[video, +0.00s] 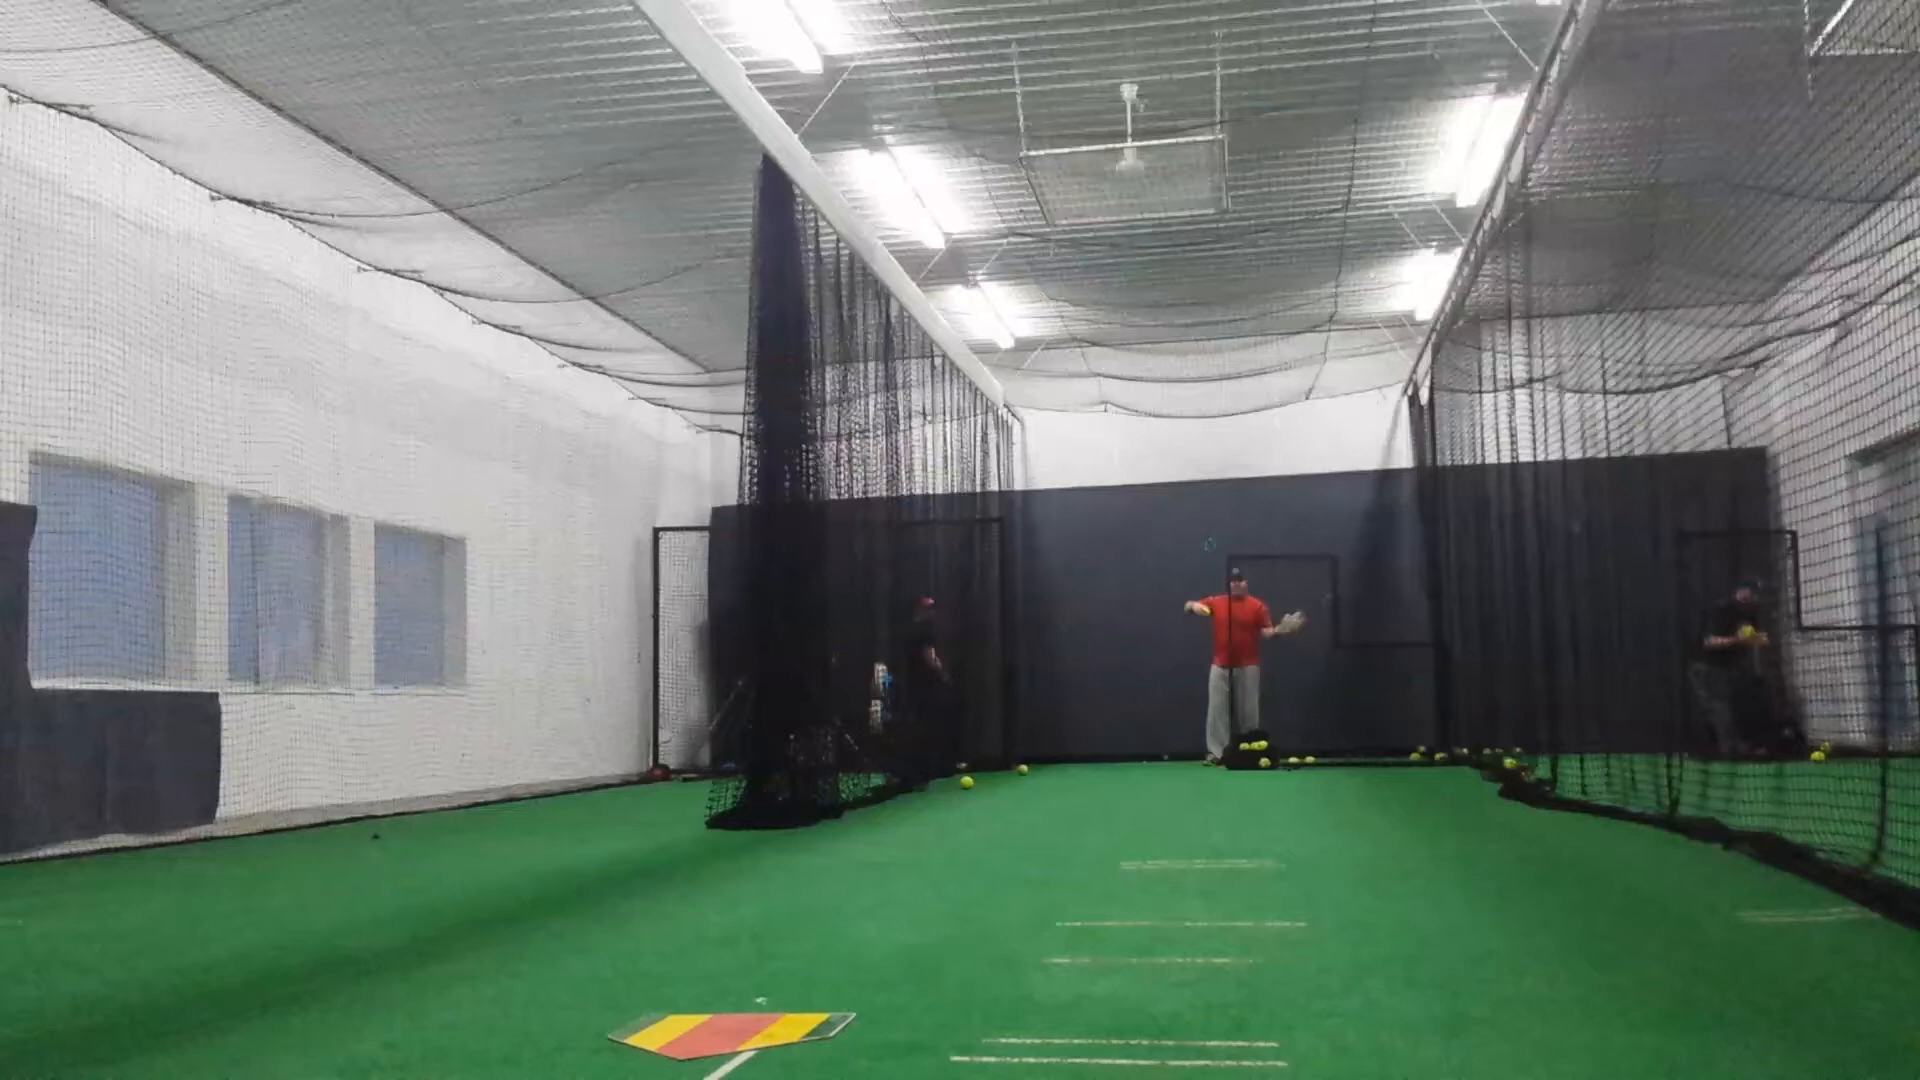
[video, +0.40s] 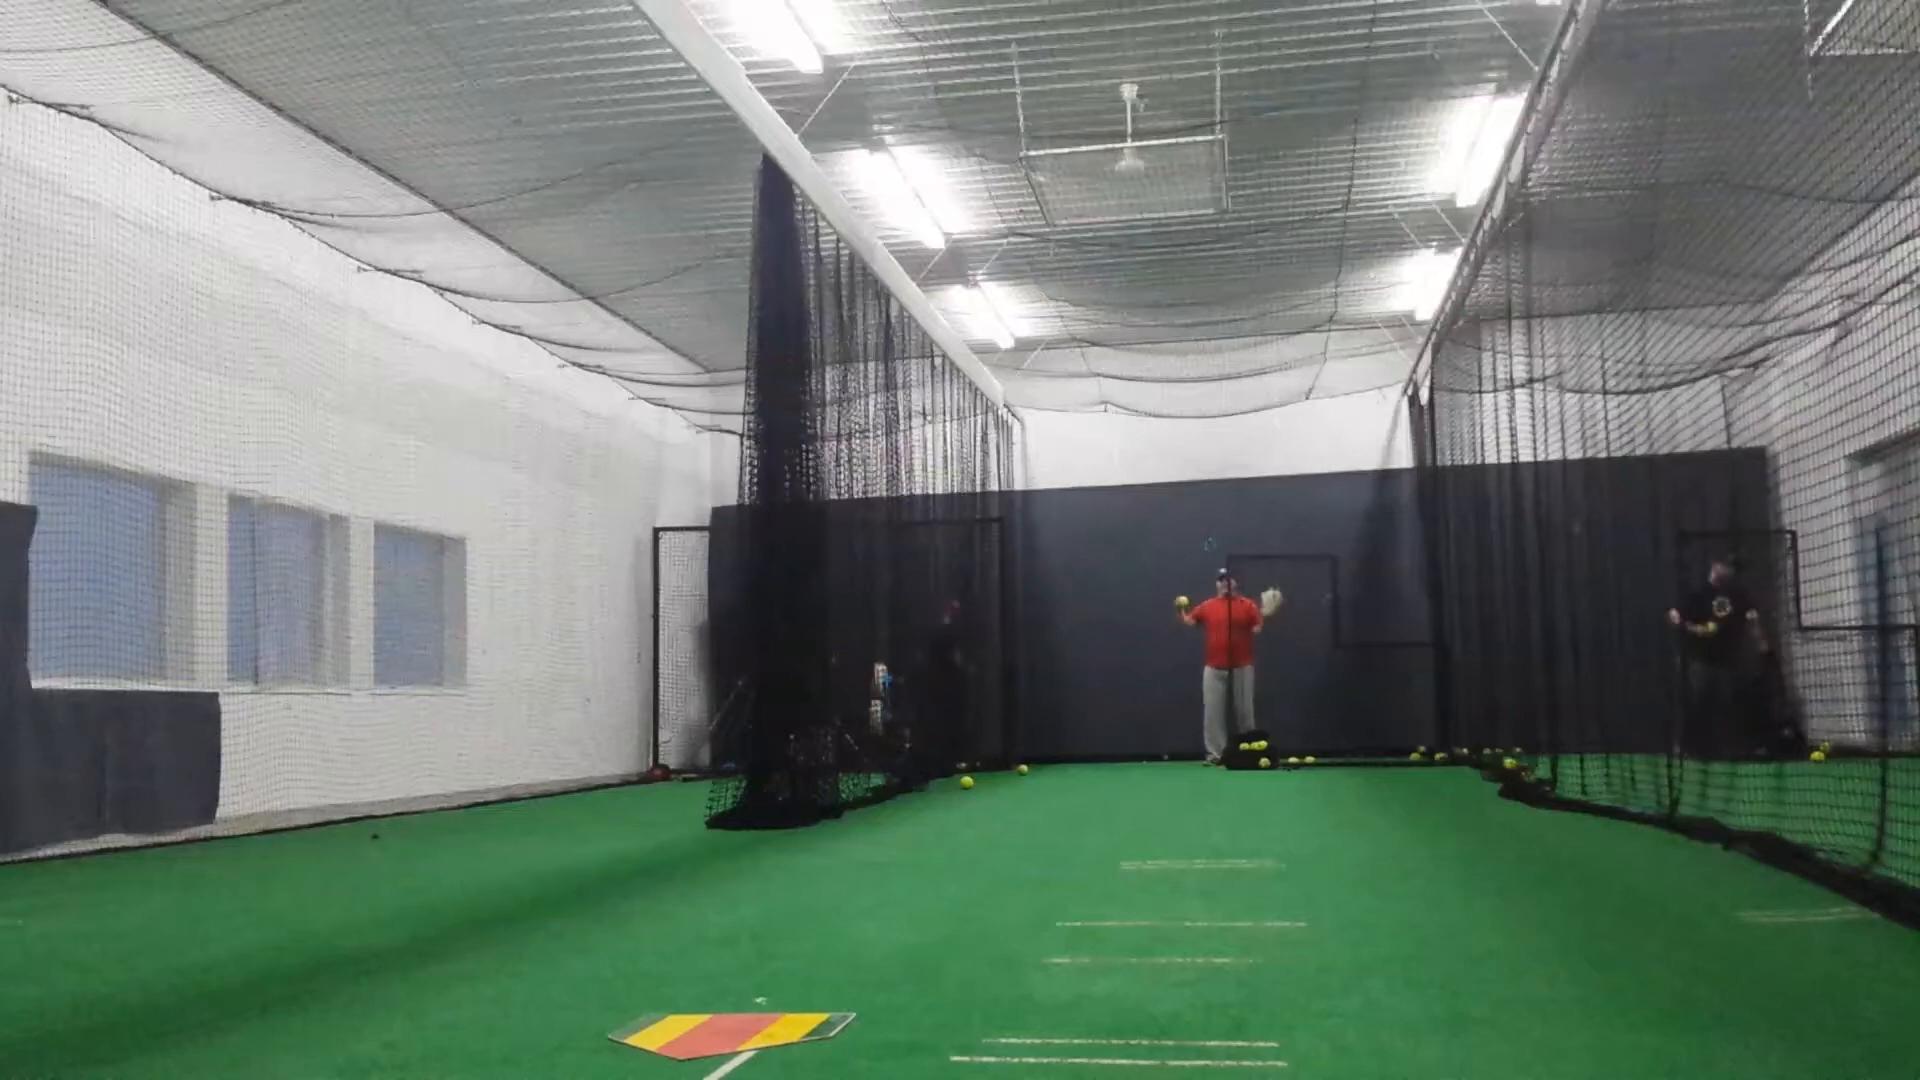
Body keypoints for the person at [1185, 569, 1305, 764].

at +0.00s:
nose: (1237, 584)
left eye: (1240, 580)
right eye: (1234, 581)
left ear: (1246, 583)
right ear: (1229, 584)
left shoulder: (1257, 606)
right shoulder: (1217, 602)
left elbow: (1266, 631)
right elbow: (1193, 605)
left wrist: (1282, 628)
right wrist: (1195, 606)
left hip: (1247, 664)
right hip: (1221, 664)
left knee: (1248, 707)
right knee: (1217, 708)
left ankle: (1251, 752)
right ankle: (1216, 752)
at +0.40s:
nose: (1226, 584)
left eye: (1229, 581)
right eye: (1222, 581)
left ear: (1235, 583)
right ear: (1217, 585)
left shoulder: (1247, 604)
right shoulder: (1208, 605)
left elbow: (1257, 627)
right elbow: (1191, 621)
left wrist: (1265, 614)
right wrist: (1182, 610)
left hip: (1242, 664)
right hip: (1215, 664)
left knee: (1245, 707)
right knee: (1213, 710)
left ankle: (1248, 752)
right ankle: (1215, 752)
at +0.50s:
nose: (1220, 583)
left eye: (1223, 580)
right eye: (1217, 580)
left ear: (1229, 582)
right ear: (1213, 584)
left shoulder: (1241, 603)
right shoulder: (1206, 606)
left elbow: (1251, 628)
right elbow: (1194, 626)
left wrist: (1255, 611)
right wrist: (1185, 619)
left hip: (1240, 664)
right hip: (1214, 664)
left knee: (1244, 708)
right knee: (1212, 711)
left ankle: (1247, 753)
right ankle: (1214, 753)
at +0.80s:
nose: (1208, 584)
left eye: (1211, 580)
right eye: (1205, 581)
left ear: (1219, 583)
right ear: (1200, 585)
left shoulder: (1233, 603)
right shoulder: (1195, 608)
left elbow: (1248, 629)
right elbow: (1186, 634)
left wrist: (1227, 633)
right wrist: (1203, 633)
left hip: (1234, 665)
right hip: (1208, 666)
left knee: (1240, 709)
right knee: (1209, 712)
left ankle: (1245, 751)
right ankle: (1214, 753)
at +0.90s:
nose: (1205, 585)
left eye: (1208, 581)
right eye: (1201, 582)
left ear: (1215, 583)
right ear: (1197, 586)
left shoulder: (1230, 604)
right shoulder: (1192, 610)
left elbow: (1248, 627)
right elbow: (1181, 635)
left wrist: (1228, 636)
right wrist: (1197, 637)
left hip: (1232, 666)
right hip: (1206, 668)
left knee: (1238, 709)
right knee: (1208, 712)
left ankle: (1244, 751)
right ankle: (1213, 753)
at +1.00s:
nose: (1202, 585)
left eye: (1205, 581)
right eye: (1198, 582)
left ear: (1213, 583)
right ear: (1194, 586)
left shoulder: (1229, 604)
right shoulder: (1190, 609)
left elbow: (1247, 627)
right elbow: (1176, 633)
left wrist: (1230, 634)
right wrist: (1186, 638)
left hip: (1229, 667)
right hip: (1204, 669)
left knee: (1237, 710)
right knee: (1206, 712)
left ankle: (1244, 751)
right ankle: (1213, 753)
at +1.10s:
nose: (1200, 585)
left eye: (1203, 581)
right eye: (1196, 582)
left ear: (1211, 583)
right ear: (1193, 586)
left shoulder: (1226, 603)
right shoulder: (1187, 609)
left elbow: (1244, 625)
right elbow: (1174, 633)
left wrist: (1229, 632)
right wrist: (1183, 638)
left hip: (1228, 666)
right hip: (1202, 668)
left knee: (1236, 708)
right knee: (1205, 712)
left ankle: (1244, 751)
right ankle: (1212, 753)